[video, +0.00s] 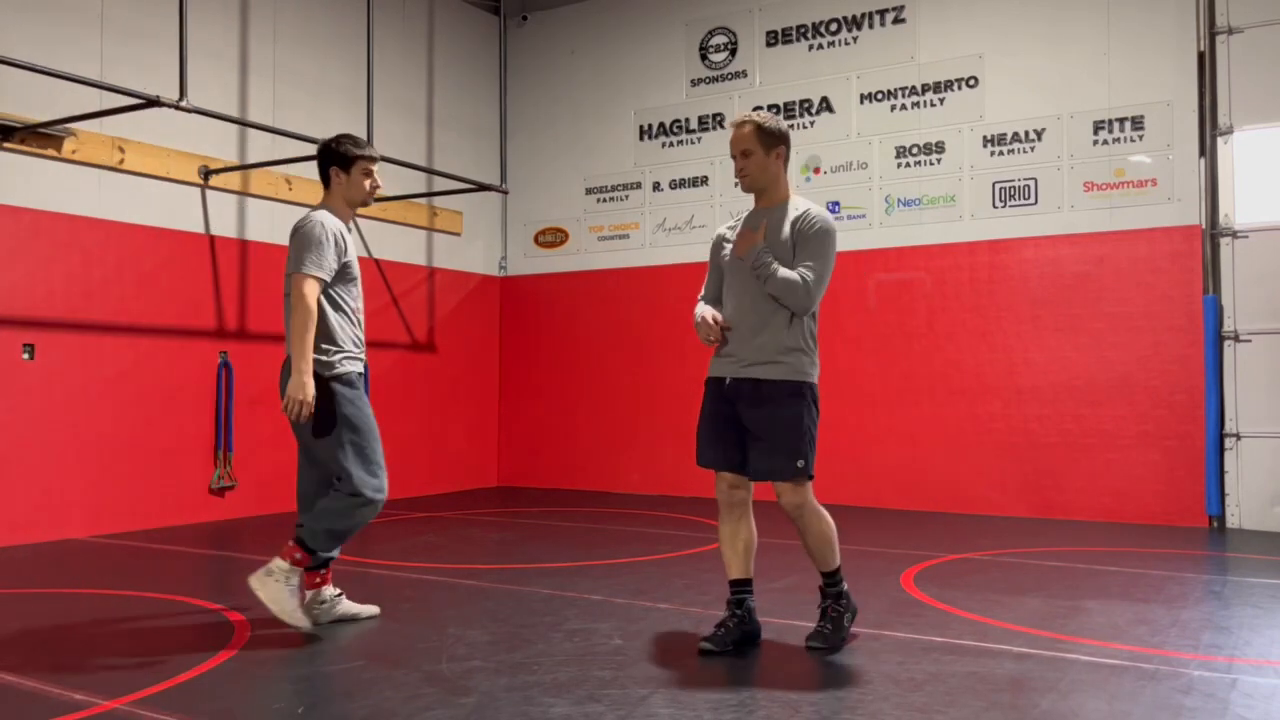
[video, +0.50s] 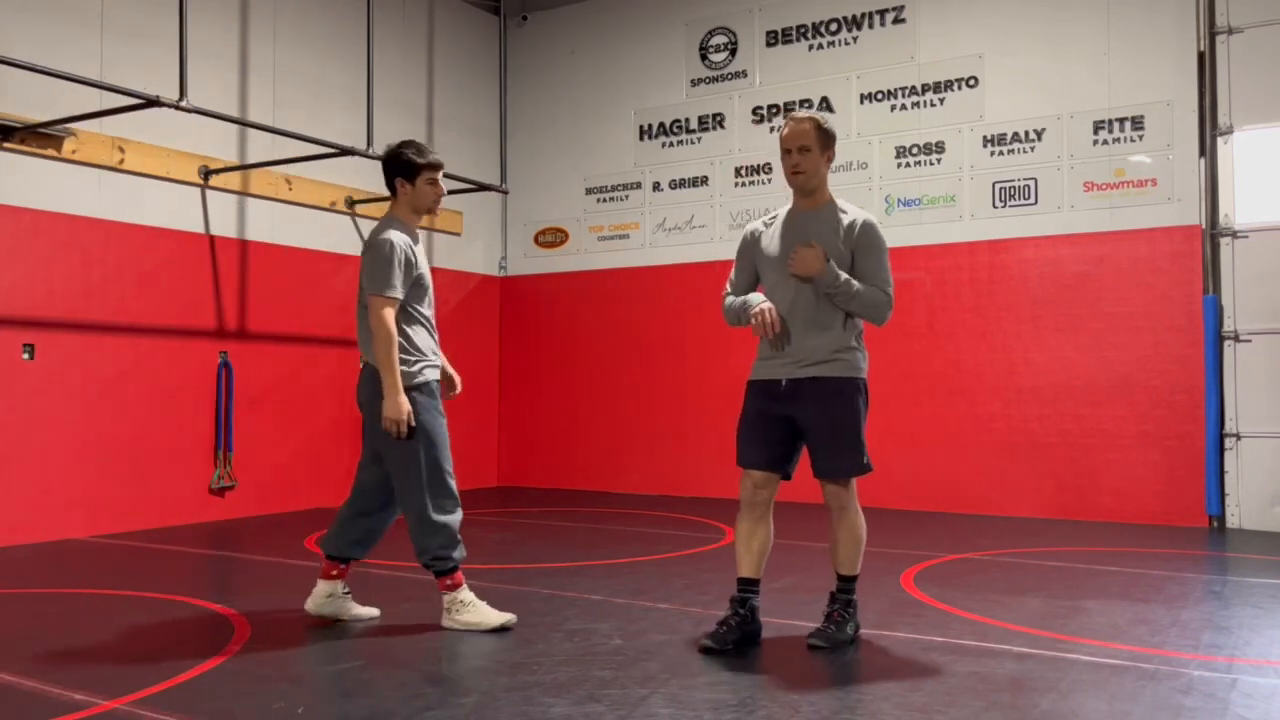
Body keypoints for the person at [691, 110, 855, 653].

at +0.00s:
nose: (737, 166)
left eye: (745, 155)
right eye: (733, 157)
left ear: (778, 156)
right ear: (737, 163)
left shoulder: (813, 224)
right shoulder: (728, 234)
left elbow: (804, 296)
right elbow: (708, 299)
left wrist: (754, 257)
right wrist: (703, 312)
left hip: (786, 381)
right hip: (729, 380)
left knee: (794, 497)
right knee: (732, 494)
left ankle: (837, 601)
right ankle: (741, 615)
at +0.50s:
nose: (793, 161)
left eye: (804, 151)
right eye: (786, 152)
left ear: (829, 157)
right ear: (780, 160)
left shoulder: (858, 229)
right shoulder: (759, 235)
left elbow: (880, 308)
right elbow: (732, 306)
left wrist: (825, 274)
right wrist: (754, 303)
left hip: (834, 379)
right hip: (771, 381)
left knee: (839, 494)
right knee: (755, 491)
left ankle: (843, 611)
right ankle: (744, 613)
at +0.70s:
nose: (805, 163)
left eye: (815, 154)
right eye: (798, 154)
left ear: (841, 159)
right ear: (792, 161)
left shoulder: (872, 231)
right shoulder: (772, 236)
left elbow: (907, 306)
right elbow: (752, 310)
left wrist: (849, 289)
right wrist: (778, 302)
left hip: (845, 380)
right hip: (781, 381)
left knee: (847, 492)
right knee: (750, 479)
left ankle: (844, 611)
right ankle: (755, 602)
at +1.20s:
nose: (811, 171)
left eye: (822, 163)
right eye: (805, 163)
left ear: (845, 169)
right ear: (798, 169)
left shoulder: (866, 237)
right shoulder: (772, 239)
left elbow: (891, 312)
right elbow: (746, 310)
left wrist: (830, 289)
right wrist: (780, 301)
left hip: (841, 380)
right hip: (782, 382)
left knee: (842, 492)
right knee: (790, 490)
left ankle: (845, 607)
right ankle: (814, 583)